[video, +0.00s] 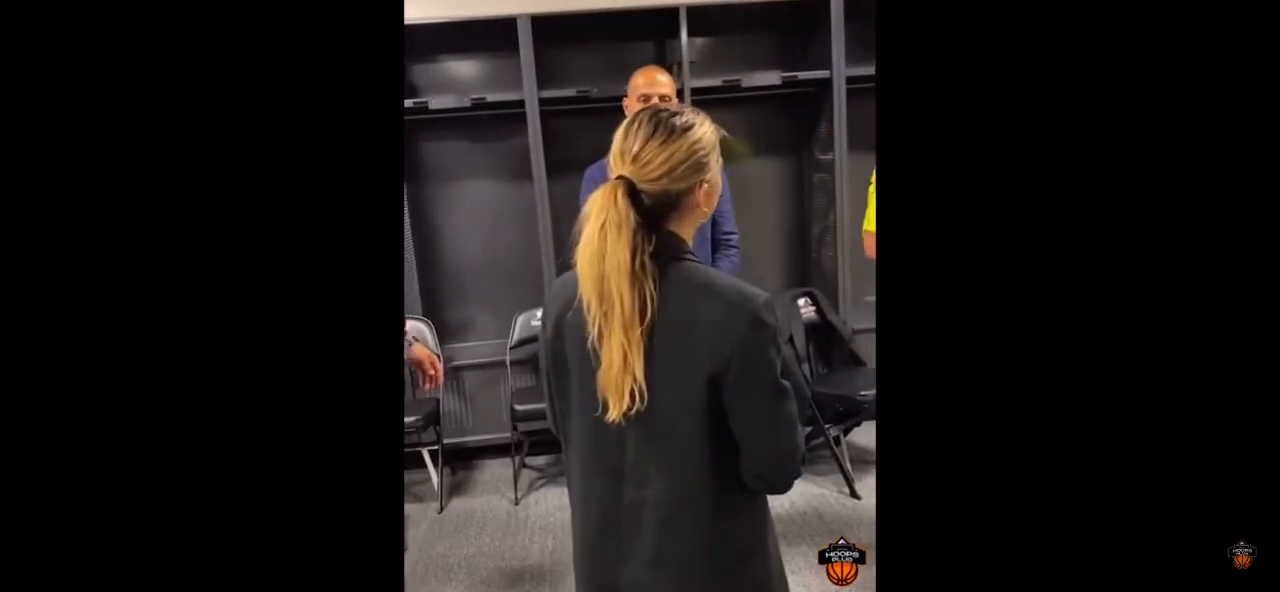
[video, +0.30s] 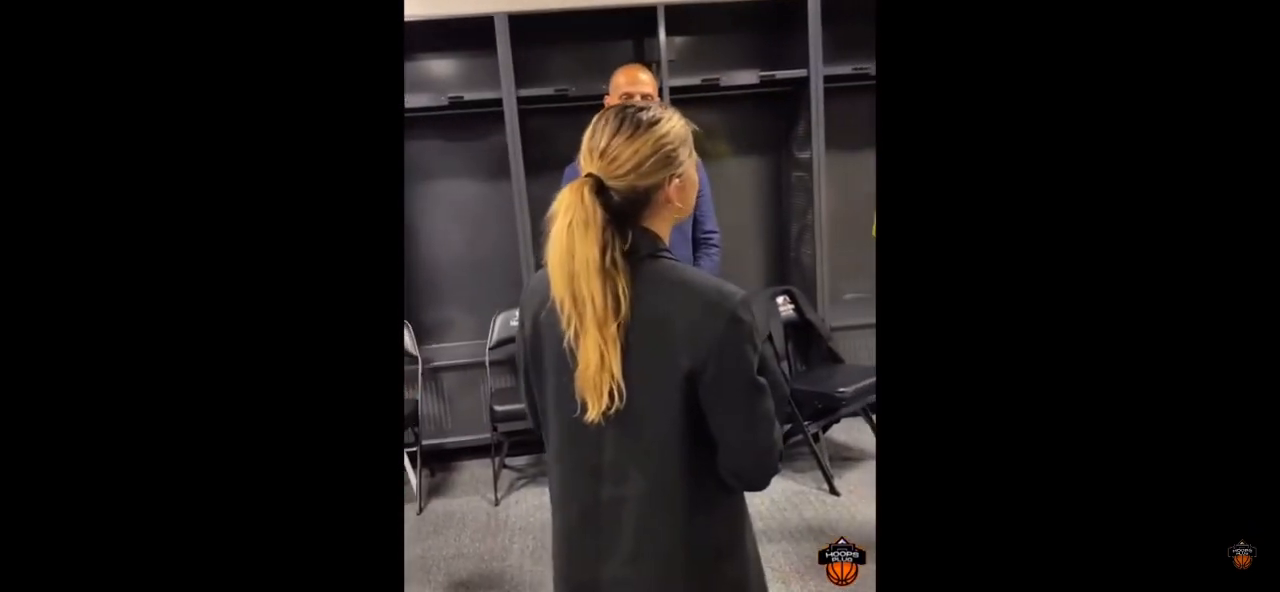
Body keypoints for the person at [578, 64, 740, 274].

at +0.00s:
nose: (655, 108)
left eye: (664, 99)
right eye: (644, 99)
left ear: (677, 103)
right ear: (627, 105)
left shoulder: (705, 166)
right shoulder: (600, 175)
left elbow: (727, 242)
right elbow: (592, 249)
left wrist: (713, 294)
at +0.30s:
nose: (637, 108)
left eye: (646, 98)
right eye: (626, 98)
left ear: (659, 102)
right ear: (607, 102)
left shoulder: (686, 163)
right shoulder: (580, 171)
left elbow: (708, 239)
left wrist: (696, 293)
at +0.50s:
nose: (612, 111)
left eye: (620, 101)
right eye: (601, 101)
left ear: (626, 104)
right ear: (574, 107)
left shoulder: (654, 169)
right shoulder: (549, 174)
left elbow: (676, 244)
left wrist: (664, 296)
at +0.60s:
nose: (601, 115)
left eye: (603, 104)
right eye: (587, 106)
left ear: (607, 107)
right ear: (553, 115)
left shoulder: (629, 174)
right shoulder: (524, 177)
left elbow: (650, 249)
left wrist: (637, 298)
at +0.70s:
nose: (557, 124)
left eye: (563, 111)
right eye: (546, 116)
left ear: (579, 116)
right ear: (521, 123)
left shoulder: (599, 179)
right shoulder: (494, 183)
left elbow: (622, 251)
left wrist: (611, 307)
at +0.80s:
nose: (547, 127)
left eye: (545, 115)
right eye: (530, 117)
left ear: (551, 119)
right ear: (494, 128)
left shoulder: (567, 185)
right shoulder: (463, 190)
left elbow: (591, 258)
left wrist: (581, 317)